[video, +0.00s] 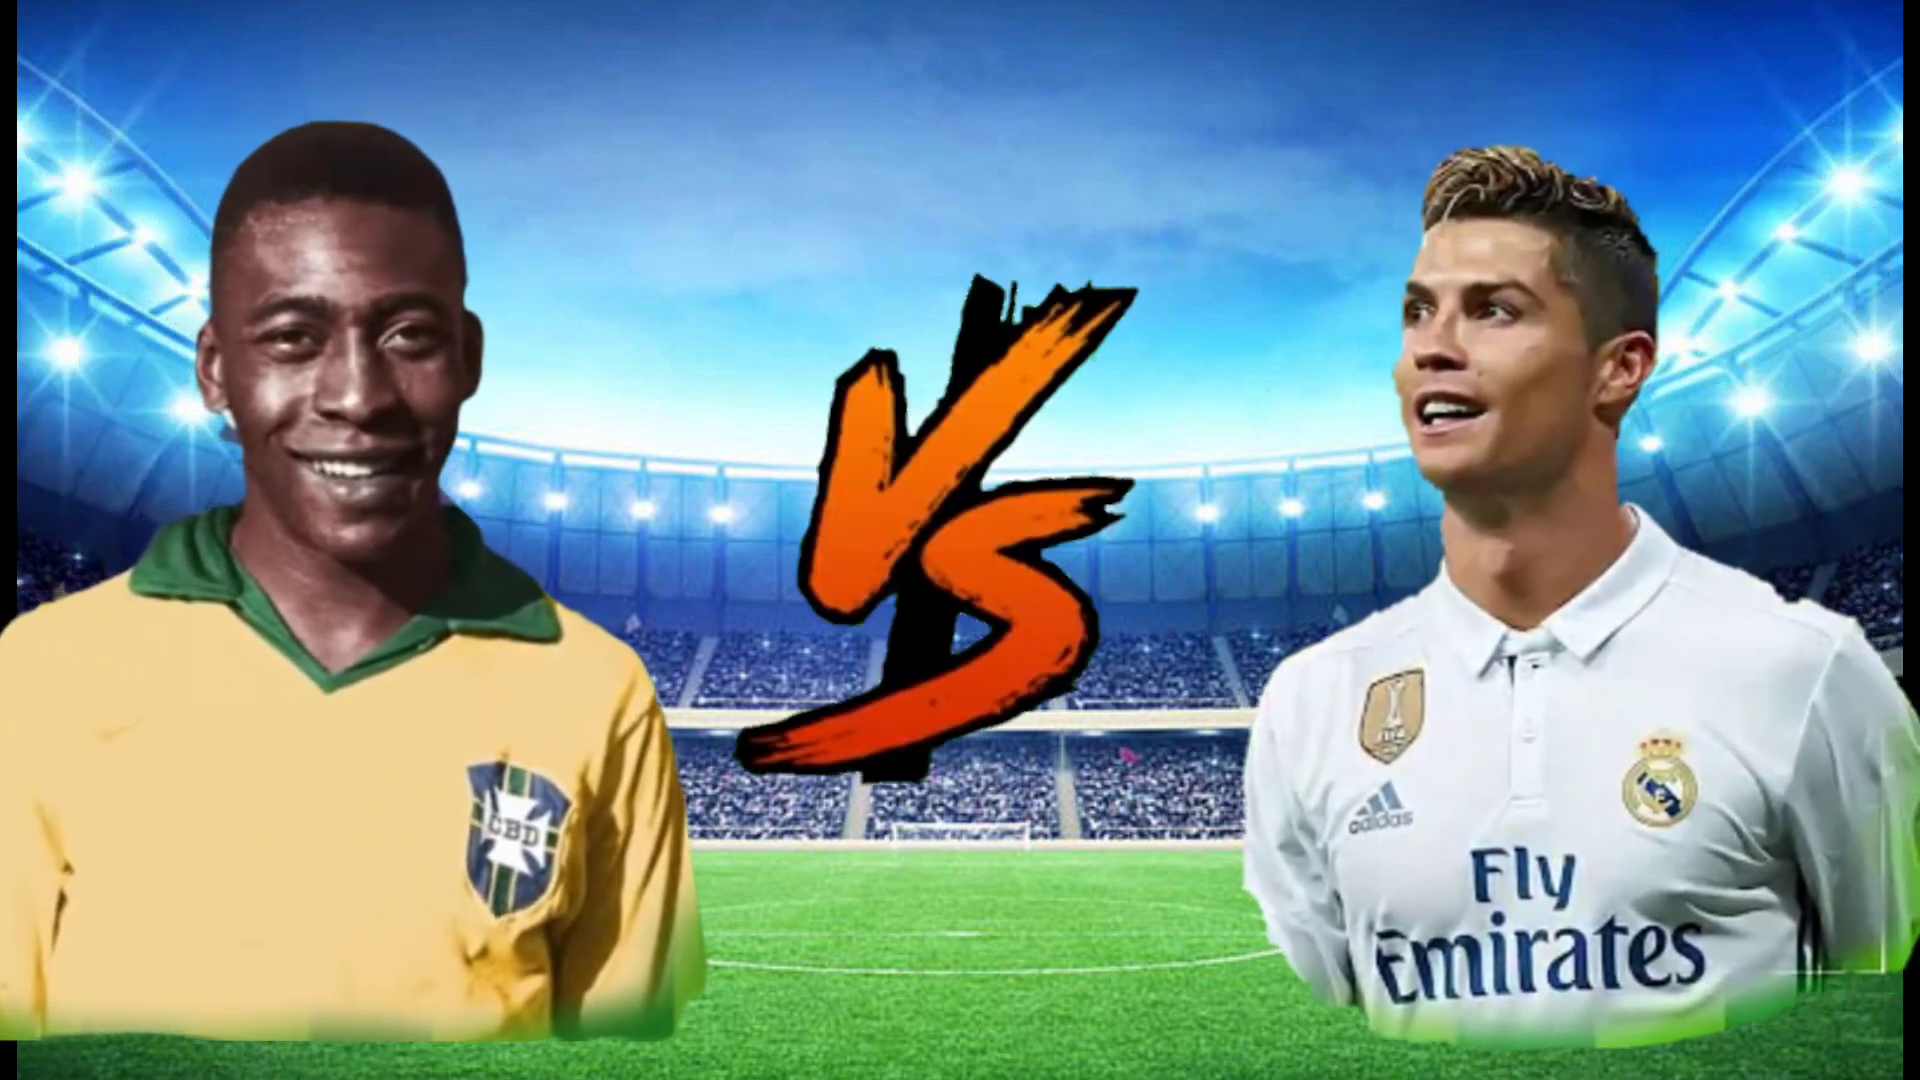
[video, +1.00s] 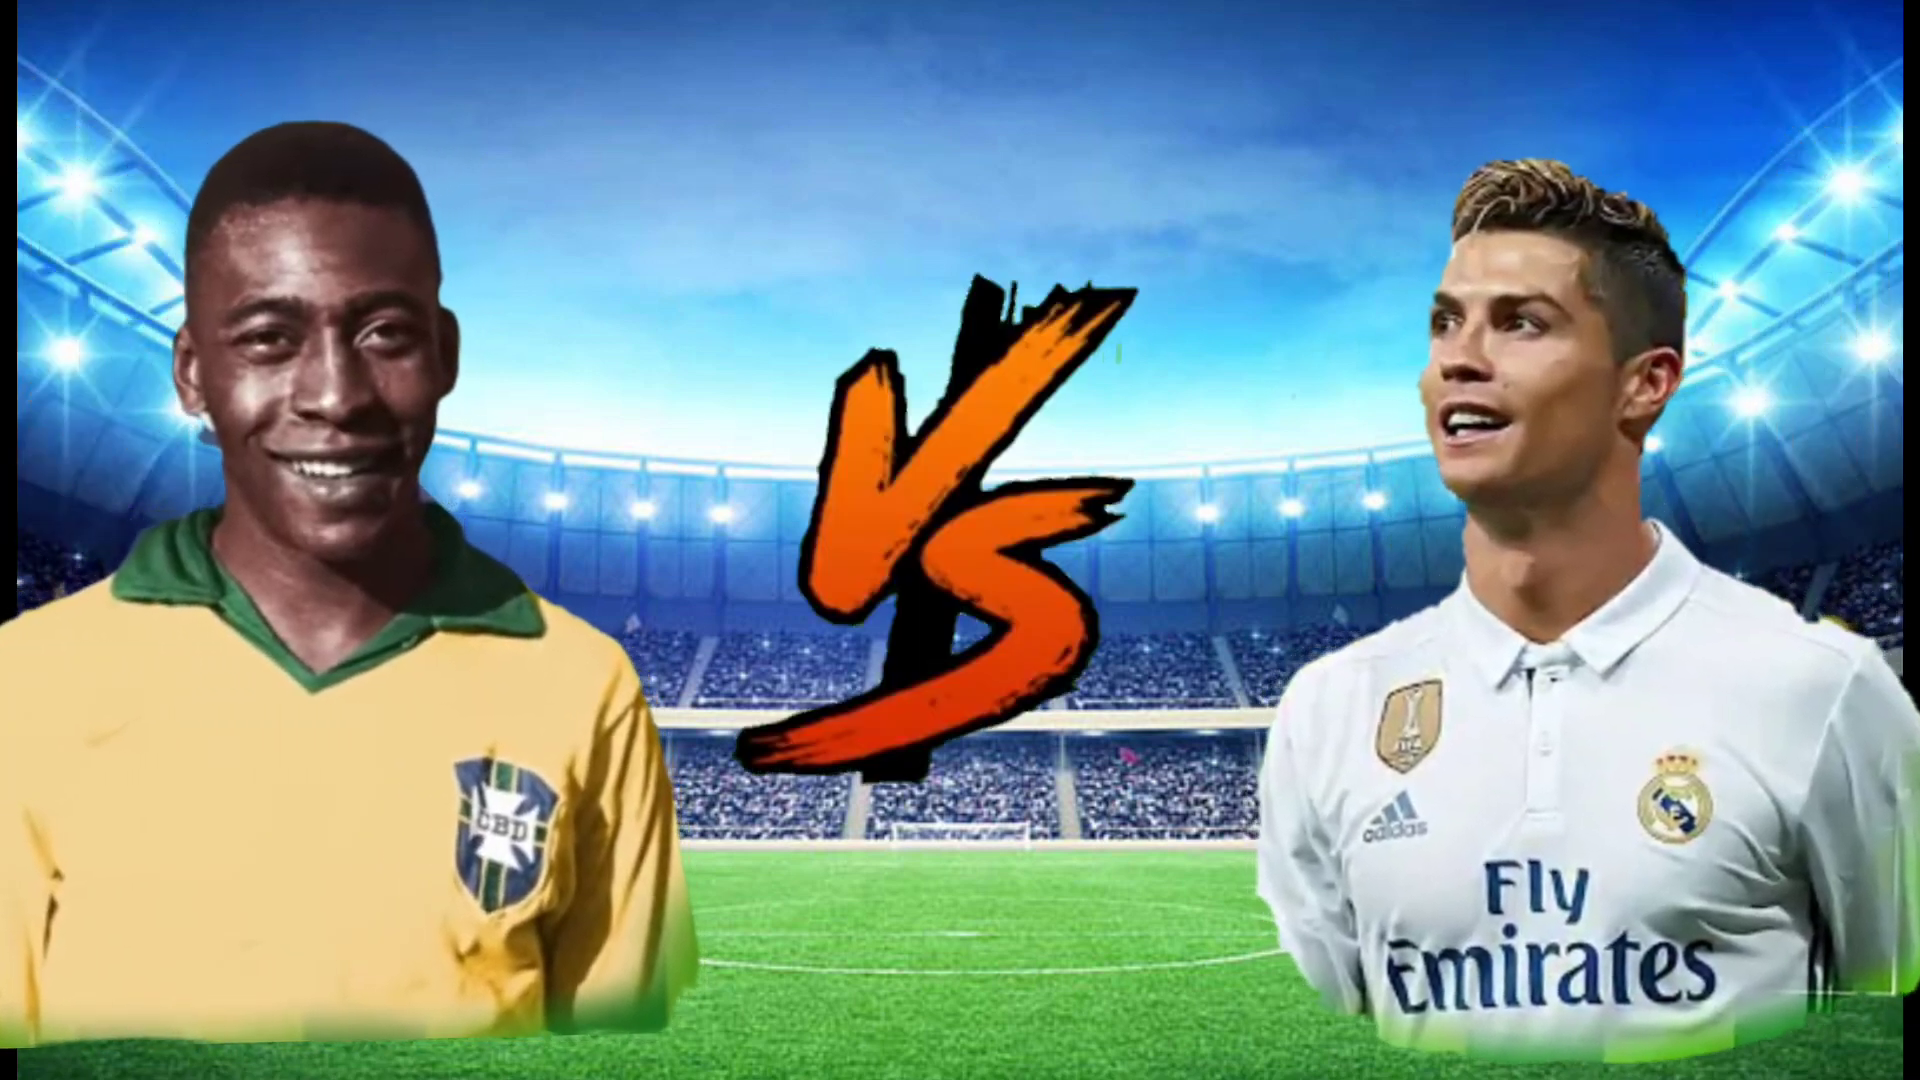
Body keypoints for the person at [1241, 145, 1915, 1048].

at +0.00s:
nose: (1431, 347)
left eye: (1494, 310)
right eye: (1418, 313)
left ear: (1619, 370)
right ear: (1400, 346)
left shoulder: (1804, 680)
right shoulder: (1307, 709)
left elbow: (1876, 1026)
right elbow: (1318, 1043)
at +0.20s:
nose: (1432, 349)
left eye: (1496, 313)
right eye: (1420, 315)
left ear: (1621, 373)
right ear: (1401, 350)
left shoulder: (1804, 684)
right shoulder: (1307, 711)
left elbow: (1876, 1024)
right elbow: (1315, 1040)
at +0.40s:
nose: (1436, 352)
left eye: (1500, 315)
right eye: (1424, 317)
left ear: (1624, 376)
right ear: (1404, 352)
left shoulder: (1807, 687)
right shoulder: (1308, 712)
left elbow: (1875, 1027)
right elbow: (1319, 1043)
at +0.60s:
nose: (1441, 355)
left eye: (1505, 318)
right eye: (1429, 319)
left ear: (1628, 379)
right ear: (1409, 353)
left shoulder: (1809, 692)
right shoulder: (1311, 714)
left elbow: (1874, 1031)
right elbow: (1321, 1046)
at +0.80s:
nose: (1446, 356)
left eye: (1512, 320)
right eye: (1435, 321)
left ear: (1635, 381)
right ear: (1415, 355)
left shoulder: (1813, 696)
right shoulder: (1315, 715)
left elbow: (1878, 1031)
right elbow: (1326, 1045)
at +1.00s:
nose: (1455, 360)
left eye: (1522, 323)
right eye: (1446, 324)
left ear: (1644, 385)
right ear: (1424, 363)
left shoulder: (1823, 701)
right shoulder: (1323, 716)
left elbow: (1881, 1034)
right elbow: (1335, 1046)